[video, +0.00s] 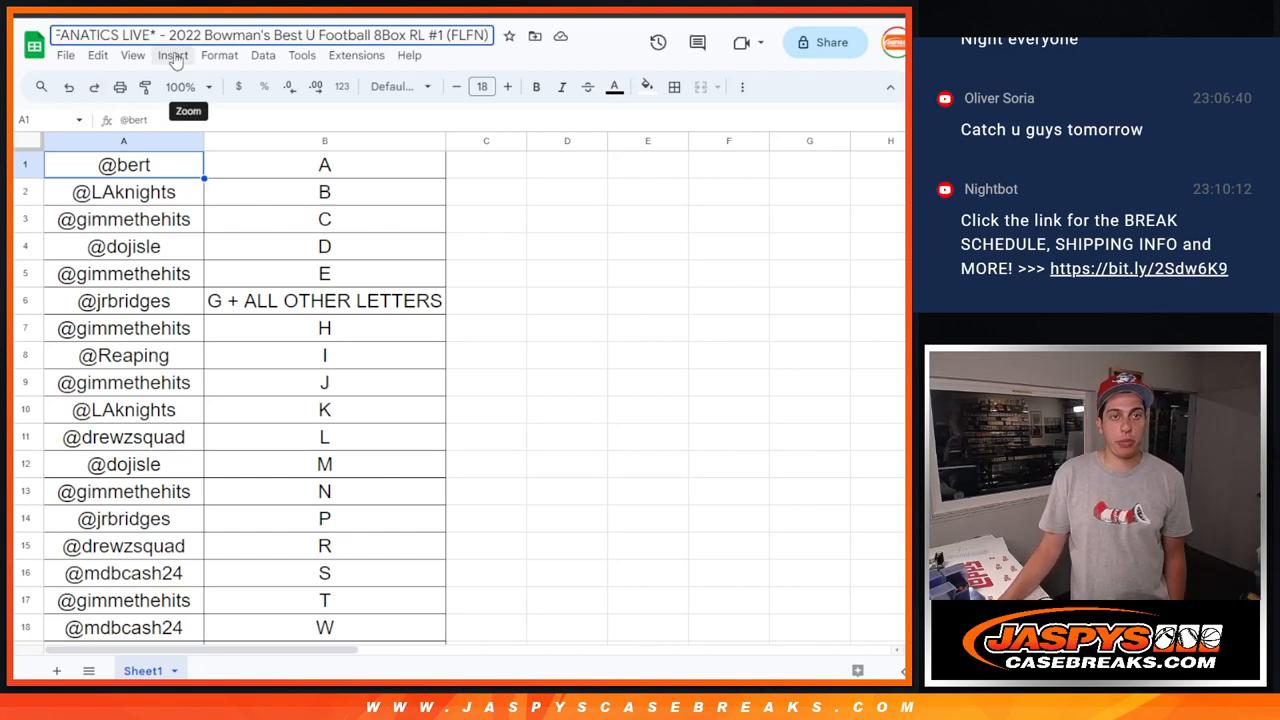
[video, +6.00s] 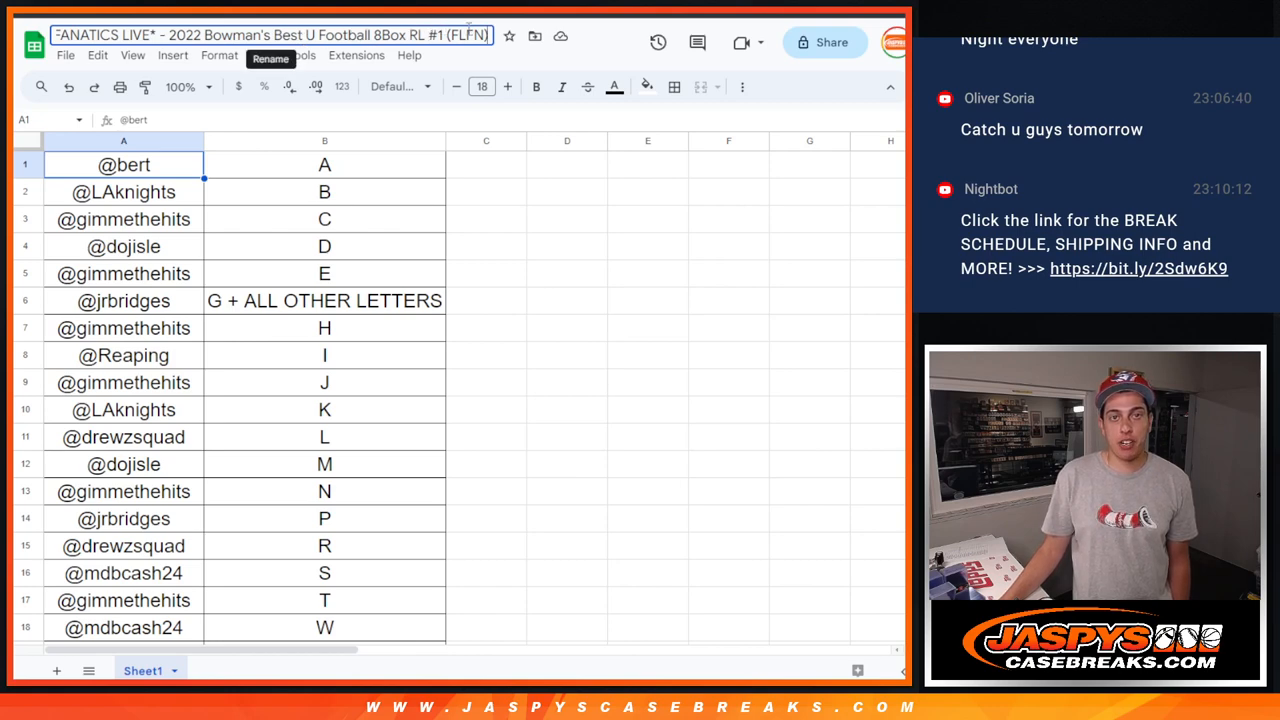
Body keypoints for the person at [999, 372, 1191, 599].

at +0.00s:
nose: (1126, 427)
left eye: (1136, 415)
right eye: (1115, 416)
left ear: (1146, 421)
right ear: (1100, 424)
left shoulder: (1169, 479)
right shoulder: (1071, 475)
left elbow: (1175, 554)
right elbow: (1049, 548)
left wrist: (1175, 603)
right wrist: (1006, 600)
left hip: (1149, 602)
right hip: (1087, 603)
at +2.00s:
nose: (1129, 427)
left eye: (1138, 415)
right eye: (1117, 416)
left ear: (1150, 421)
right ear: (1102, 424)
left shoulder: (1174, 480)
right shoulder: (1074, 476)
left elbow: (1179, 557)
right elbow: (1051, 548)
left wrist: (1180, 612)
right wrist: (1005, 601)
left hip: (1152, 607)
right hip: (1090, 607)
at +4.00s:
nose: (1126, 424)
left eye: (1135, 413)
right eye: (1115, 415)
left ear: (1149, 421)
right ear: (1102, 425)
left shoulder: (1175, 480)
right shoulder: (1074, 475)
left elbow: (1179, 556)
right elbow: (1051, 549)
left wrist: (1180, 611)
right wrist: (1007, 599)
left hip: (1152, 606)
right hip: (1090, 606)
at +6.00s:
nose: (1126, 427)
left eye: (1136, 415)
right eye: (1114, 417)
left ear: (1150, 422)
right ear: (1102, 425)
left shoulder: (1175, 481)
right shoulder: (1074, 476)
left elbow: (1179, 558)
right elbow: (1051, 549)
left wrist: (1179, 611)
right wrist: (1007, 600)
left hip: (1153, 608)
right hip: (1090, 608)